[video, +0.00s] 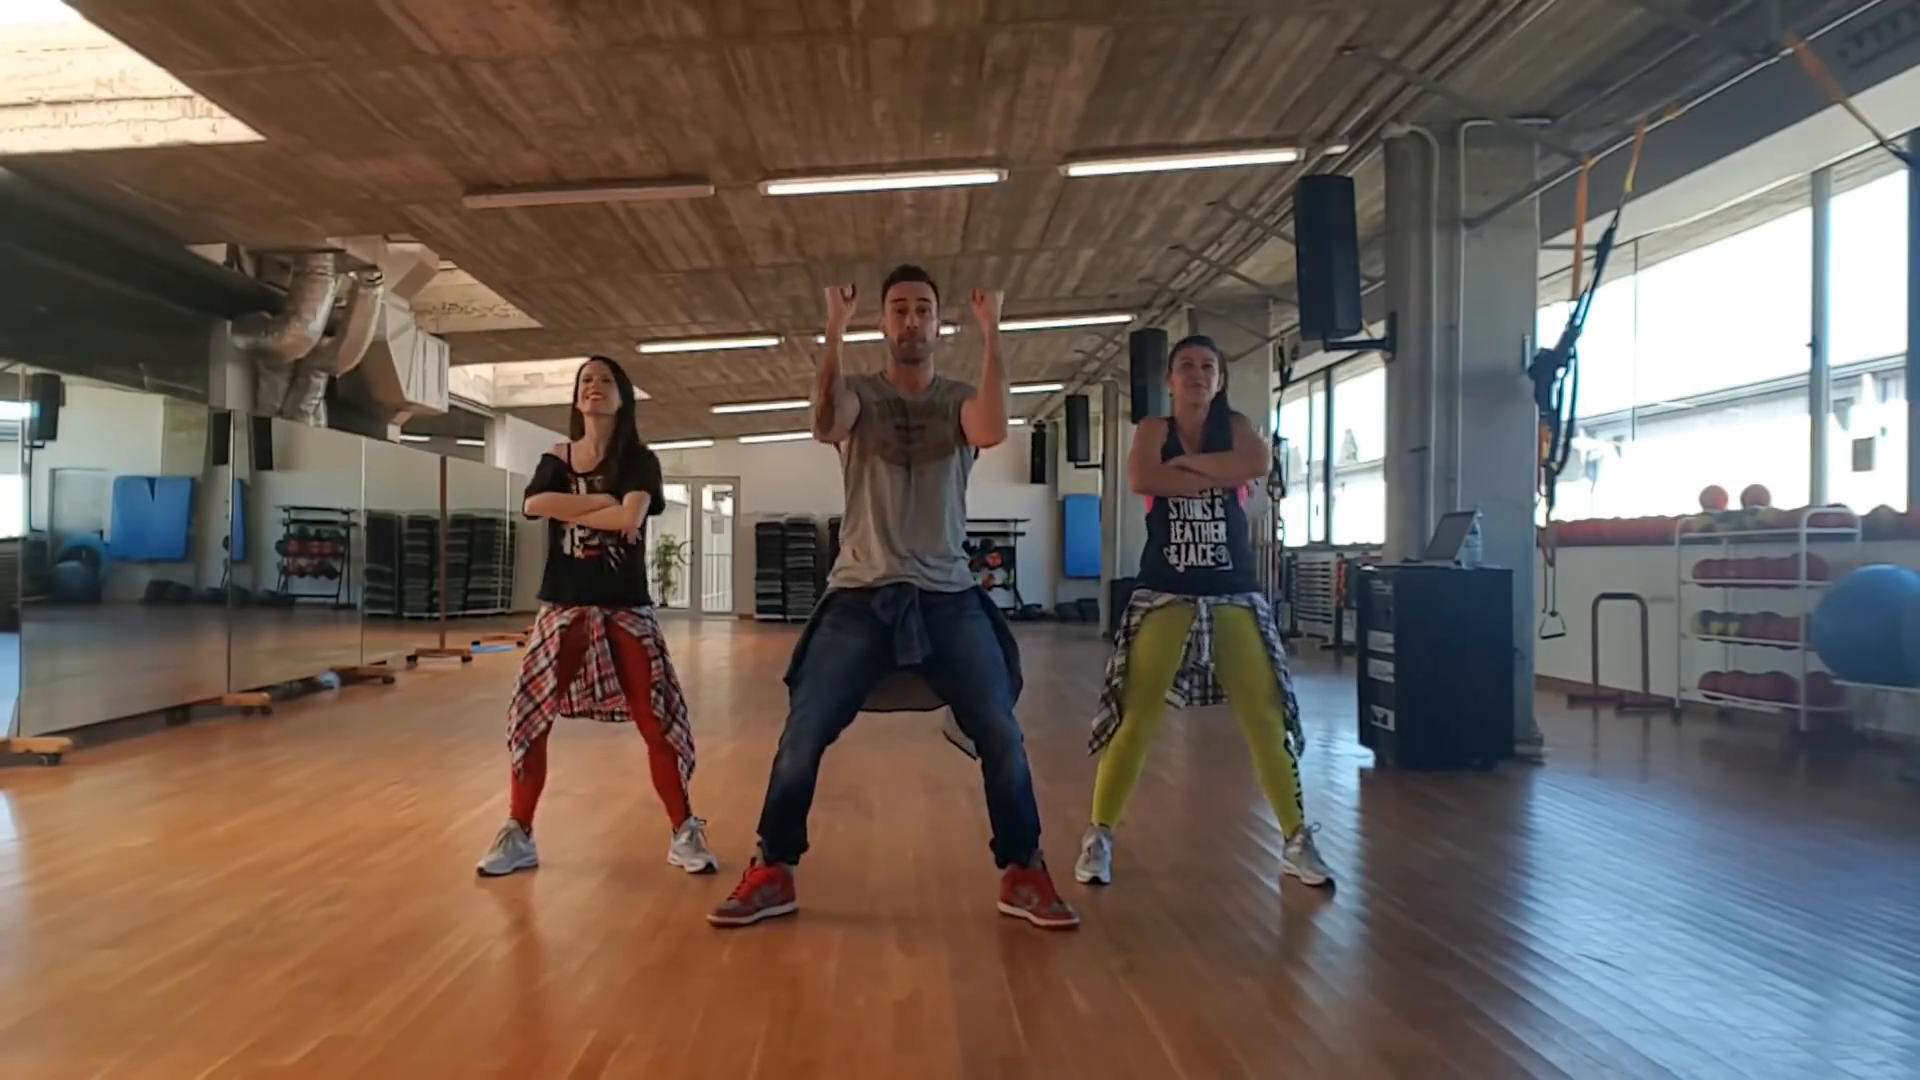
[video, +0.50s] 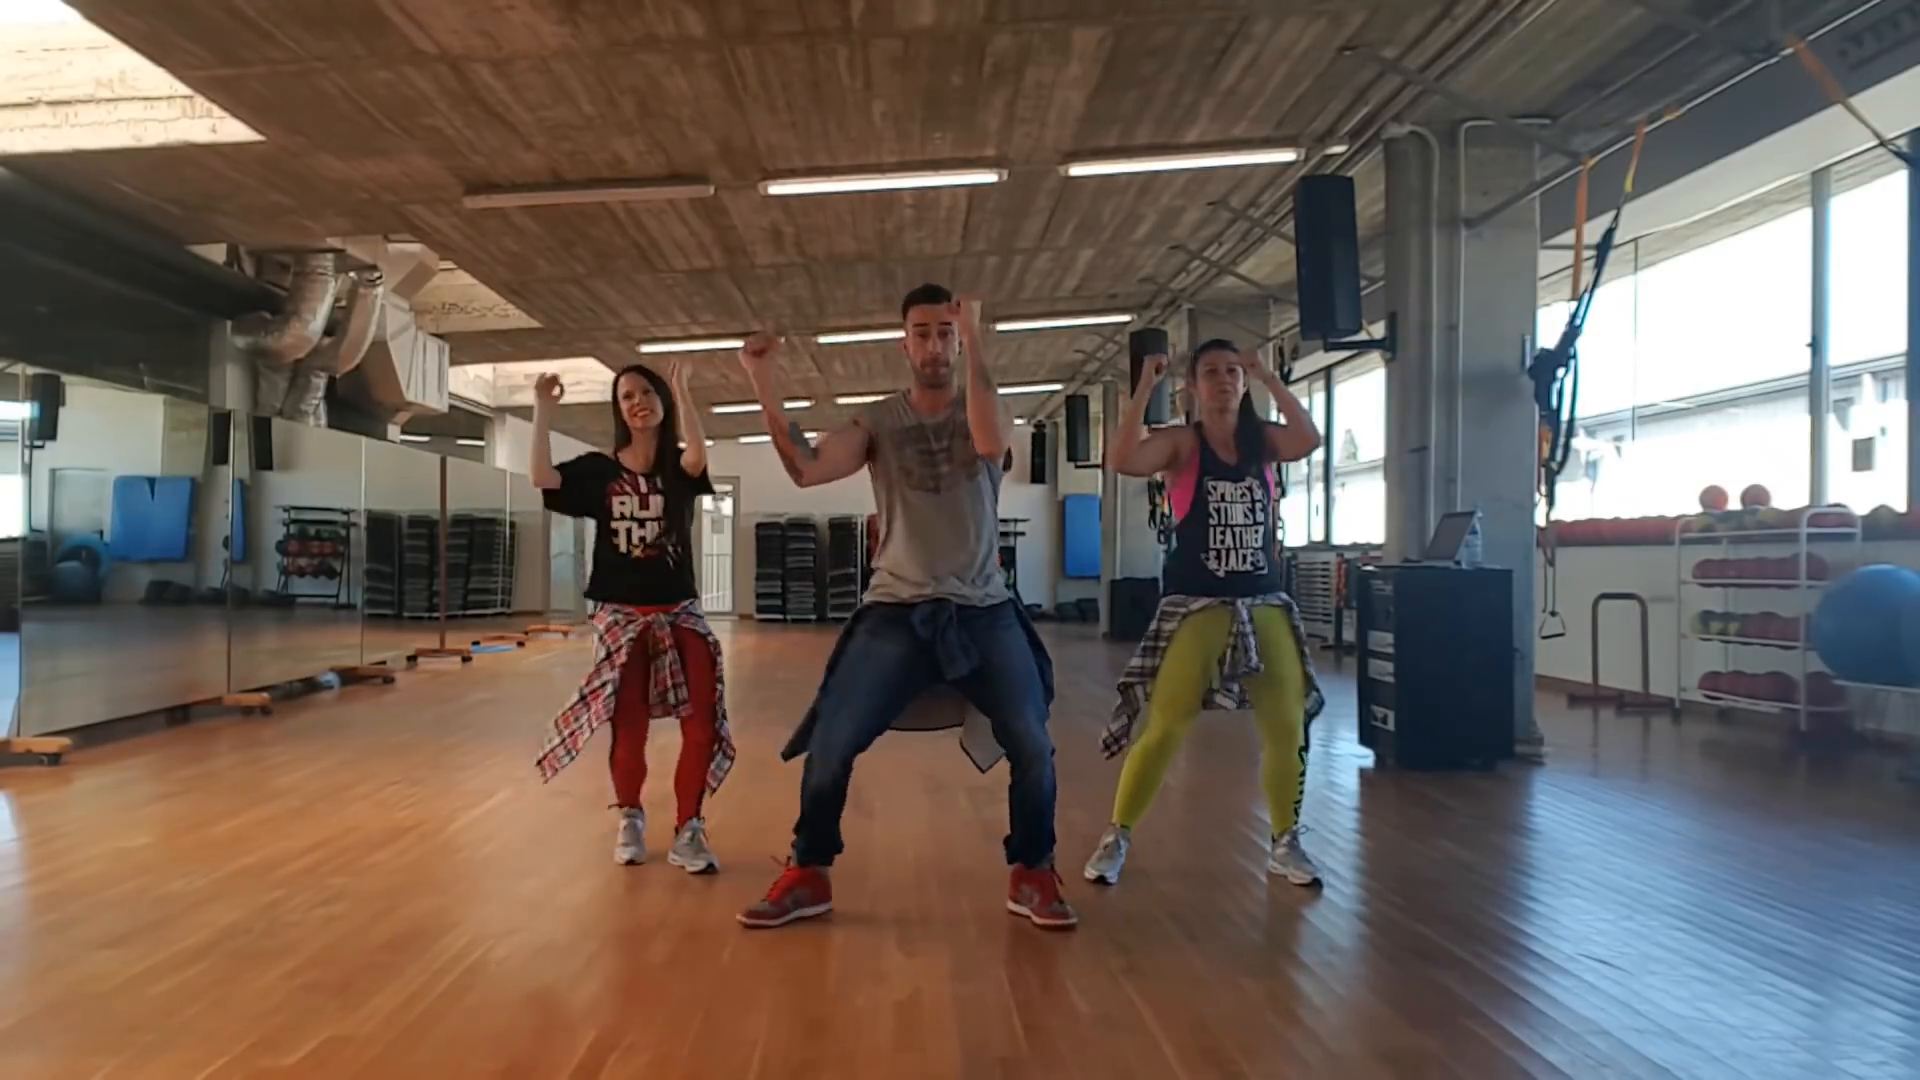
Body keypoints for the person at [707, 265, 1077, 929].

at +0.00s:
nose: (911, 318)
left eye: (921, 309)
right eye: (899, 308)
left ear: (939, 324)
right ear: (881, 323)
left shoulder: (957, 396)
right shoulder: (858, 395)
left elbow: (989, 429)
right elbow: (826, 423)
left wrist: (991, 339)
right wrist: (833, 336)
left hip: (947, 590)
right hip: (860, 588)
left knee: (999, 727)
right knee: (805, 727)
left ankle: (1023, 873)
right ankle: (774, 871)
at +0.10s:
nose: (912, 320)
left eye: (923, 311)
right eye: (900, 310)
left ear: (939, 325)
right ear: (882, 323)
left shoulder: (957, 395)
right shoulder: (856, 396)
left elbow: (990, 434)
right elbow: (815, 456)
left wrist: (992, 343)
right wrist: (807, 368)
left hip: (947, 589)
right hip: (860, 587)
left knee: (1000, 728)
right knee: (802, 728)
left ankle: (1023, 873)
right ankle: (773, 872)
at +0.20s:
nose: (917, 321)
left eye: (927, 311)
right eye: (905, 310)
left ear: (943, 324)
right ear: (886, 322)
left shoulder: (962, 396)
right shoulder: (855, 397)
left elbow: (996, 431)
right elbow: (805, 458)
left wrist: (997, 338)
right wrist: (775, 398)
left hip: (949, 589)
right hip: (861, 585)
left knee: (1004, 726)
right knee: (804, 721)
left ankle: (1026, 872)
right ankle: (769, 869)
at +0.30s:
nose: (924, 320)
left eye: (935, 310)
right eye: (913, 309)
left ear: (951, 322)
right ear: (893, 321)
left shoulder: (970, 397)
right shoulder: (861, 395)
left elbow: (1005, 428)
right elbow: (792, 449)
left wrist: (1004, 333)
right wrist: (754, 399)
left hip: (957, 592)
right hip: (869, 590)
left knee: (1019, 728)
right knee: (807, 724)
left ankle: (1034, 868)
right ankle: (754, 863)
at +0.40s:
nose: (931, 330)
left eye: (942, 320)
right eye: (919, 319)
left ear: (958, 331)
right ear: (900, 330)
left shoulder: (980, 402)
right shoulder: (871, 409)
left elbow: (1005, 436)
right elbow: (793, 461)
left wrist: (995, 338)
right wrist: (755, 391)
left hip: (975, 601)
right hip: (889, 600)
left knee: (1032, 739)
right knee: (820, 739)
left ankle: (1032, 873)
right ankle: (758, 864)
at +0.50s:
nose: (934, 345)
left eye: (945, 333)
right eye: (922, 333)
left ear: (961, 342)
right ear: (904, 342)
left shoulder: (985, 410)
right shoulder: (878, 421)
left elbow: (990, 446)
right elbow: (805, 468)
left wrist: (972, 349)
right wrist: (764, 383)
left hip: (984, 606)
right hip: (897, 606)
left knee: (1031, 740)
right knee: (829, 743)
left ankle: (1033, 874)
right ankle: (809, 874)